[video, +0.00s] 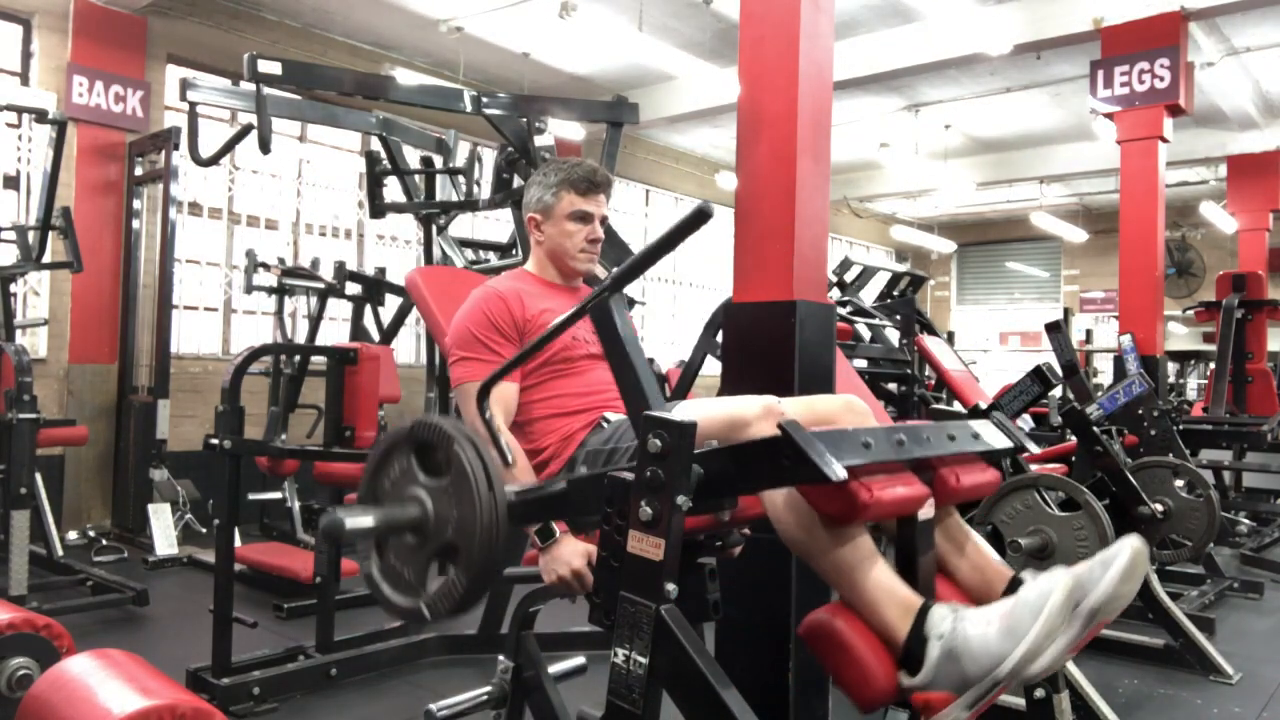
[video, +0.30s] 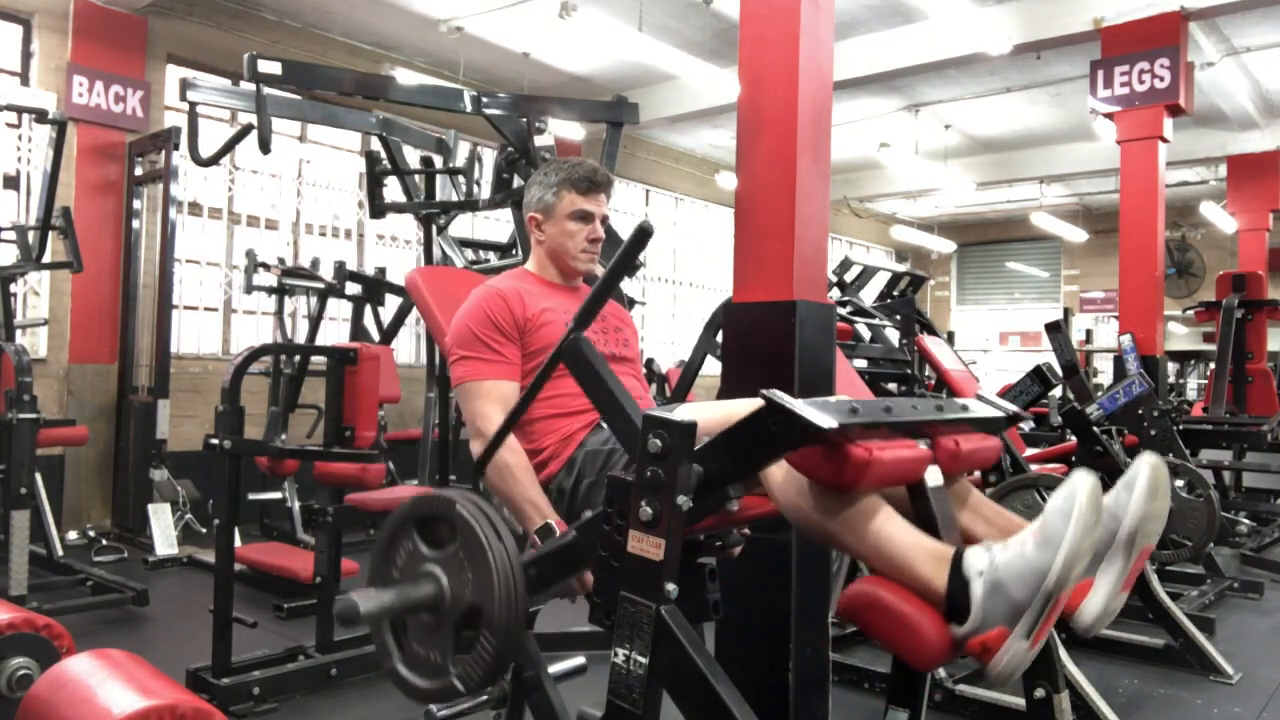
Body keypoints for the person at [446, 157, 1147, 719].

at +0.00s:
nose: (595, 237)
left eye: (600, 224)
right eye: (580, 222)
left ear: (597, 227)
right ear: (534, 225)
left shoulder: (593, 301)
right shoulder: (497, 301)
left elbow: (631, 394)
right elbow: (488, 430)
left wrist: (697, 414)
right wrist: (551, 530)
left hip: (652, 434)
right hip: (588, 457)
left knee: (823, 430)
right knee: (814, 411)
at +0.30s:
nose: (598, 232)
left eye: (603, 221)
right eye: (582, 218)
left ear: (601, 232)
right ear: (535, 224)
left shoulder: (610, 310)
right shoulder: (496, 300)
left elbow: (648, 403)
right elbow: (486, 433)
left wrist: (742, 410)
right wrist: (553, 532)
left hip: (657, 445)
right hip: (588, 464)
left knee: (819, 465)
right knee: (779, 435)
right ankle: (968, 583)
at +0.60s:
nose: (594, 236)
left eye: (600, 224)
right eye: (578, 222)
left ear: (601, 227)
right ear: (532, 220)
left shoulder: (605, 302)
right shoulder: (493, 303)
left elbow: (639, 398)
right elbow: (488, 437)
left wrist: (714, 408)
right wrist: (549, 532)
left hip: (659, 440)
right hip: (581, 468)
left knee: (831, 454)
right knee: (770, 449)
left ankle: (1066, 522)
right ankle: (978, 533)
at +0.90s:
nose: (593, 233)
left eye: (599, 221)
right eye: (578, 218)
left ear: (599, 226)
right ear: (533, 218)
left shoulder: (610, 305)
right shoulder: (493, 299)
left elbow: (662, 394)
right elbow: (487, 431)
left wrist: (734, 414)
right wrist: (549, 532)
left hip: (659, 441)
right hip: (584, 461)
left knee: (822, 454)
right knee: (772, 456)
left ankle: (1000, 492)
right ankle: (989, 497)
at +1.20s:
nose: (594, 233)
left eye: (599, 220)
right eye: (580, 218)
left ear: (598, 225)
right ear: (534, 218)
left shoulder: (609, 304)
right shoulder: (494, 299)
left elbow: (654, 394)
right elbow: (488, 430)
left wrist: (722, 420)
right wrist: (550, 531)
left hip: (660, 441)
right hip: (588, 463)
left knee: (822, 453)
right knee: (775, 455)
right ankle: (991, 470)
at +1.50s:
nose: (596, 233)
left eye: (601, 221)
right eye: (582, 218)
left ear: (599, 225)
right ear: (536, 218)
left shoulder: (611, 305)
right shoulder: (496, 297)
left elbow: (647, 399)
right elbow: (488, 430)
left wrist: (712, 447)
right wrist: (549, 530)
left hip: (661, 439)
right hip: (585, 459)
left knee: (822, 441)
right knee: (774, 453)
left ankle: (1029, 436)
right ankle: (1001, 451)